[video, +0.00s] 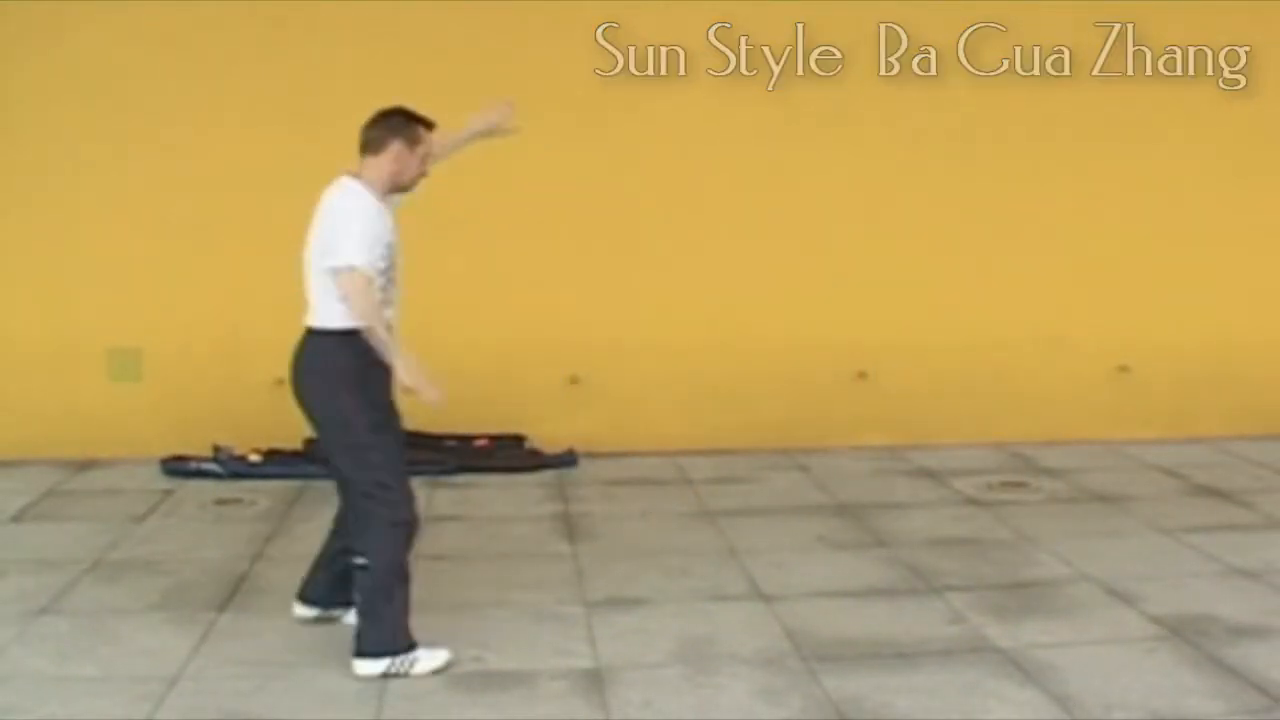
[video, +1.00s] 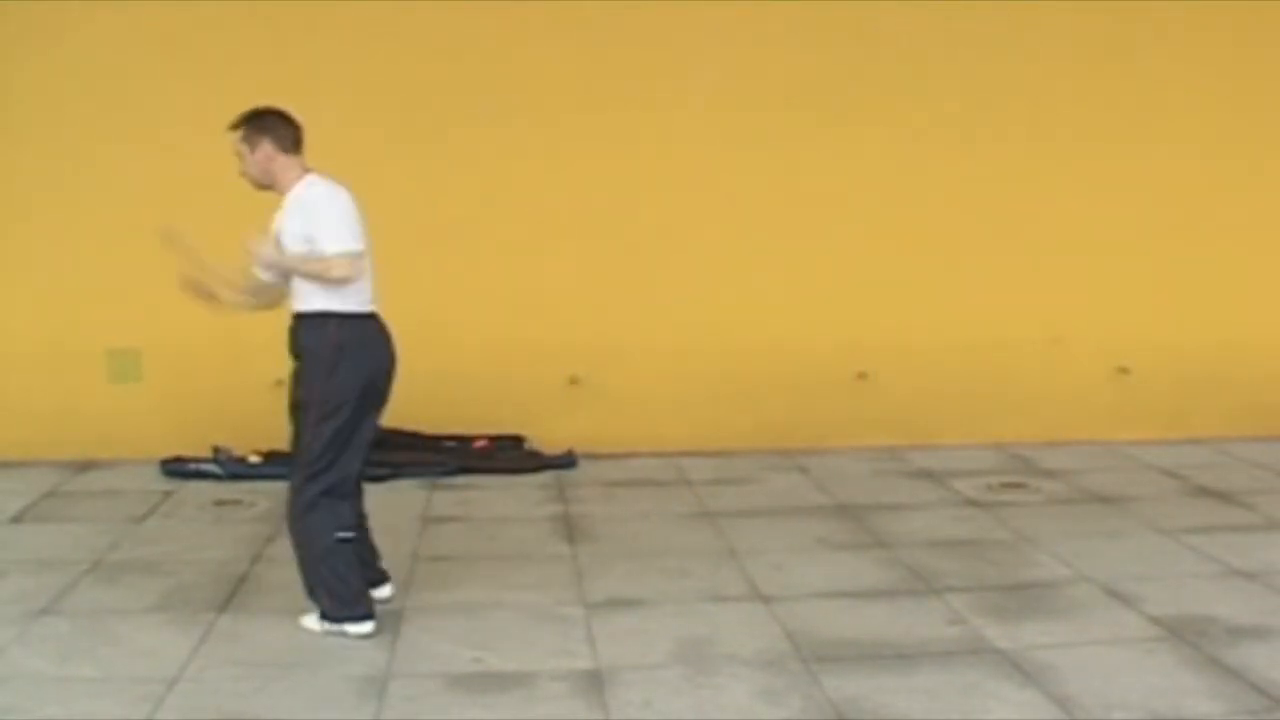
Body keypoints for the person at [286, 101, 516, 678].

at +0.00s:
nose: (423, 172)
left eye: (426, 161)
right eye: (419, 159)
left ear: (385, 155)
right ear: (392, 154)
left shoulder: (359, 195)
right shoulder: (356, 208)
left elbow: (423, 159)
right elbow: (358, 301)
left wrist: (475, 130)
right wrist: (403, 366)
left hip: (339, 355)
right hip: (341, 361)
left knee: (370, 489)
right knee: (389, 507)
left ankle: (326, 591)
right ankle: (382, 646)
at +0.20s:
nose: (407, 159)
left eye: (407, 151)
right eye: (407, 150)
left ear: (355, 146)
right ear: (398, 148)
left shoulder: (314, 191)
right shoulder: (400, 200)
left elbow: (294, 177)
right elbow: (452, 273)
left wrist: (345, 162)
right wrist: (493, 336)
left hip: (309, 352)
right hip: (364, 356)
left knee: (340, 486)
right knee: (399, 500)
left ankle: (343, 607)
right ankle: (384, 646)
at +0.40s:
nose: (344, 160)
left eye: (327, 152)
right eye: (351, 150)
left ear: (308, 153)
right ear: (358, 149)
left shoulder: (287, 200)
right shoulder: (391, 196)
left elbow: (203, 224)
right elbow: (471, 221)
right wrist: (532, 285)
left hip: (313, 356)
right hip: (384, 352)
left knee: (313, 485)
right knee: (412, 486)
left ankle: (342, 612)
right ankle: (401, 621)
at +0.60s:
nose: (265, 168)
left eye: (264, 158)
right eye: (265, 158)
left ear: (274, 155)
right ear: (314, 150)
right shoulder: (362, 196)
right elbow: (434, 224)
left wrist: (193, 279)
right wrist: (434, 280)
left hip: (319, 354)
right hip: (381, 346)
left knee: (304, 490)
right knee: (383, 474)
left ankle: (342, 612)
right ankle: (432, 580)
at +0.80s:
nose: (240, 169)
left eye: (243, 156)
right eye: (239, 157)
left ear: (268, 152)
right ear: (284, 153)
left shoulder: (301, 203)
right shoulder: (328, 198)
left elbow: (294, 272)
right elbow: (339, 275)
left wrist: (242, 286)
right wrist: (292, 310)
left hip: (334, 346)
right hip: (366, 341)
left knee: (309, 487)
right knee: (340, 474)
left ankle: (344, 611)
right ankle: (368, 574)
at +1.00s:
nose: (241, 166)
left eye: (244, 153)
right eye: (239, 154)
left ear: (270, 150)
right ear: (272, 151)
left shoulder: (325, 197)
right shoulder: (288, 213)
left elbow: (345, 268)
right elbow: (272, 291)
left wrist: (282, 263)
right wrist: (217, 288)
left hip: (347, 343)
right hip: (322, 342)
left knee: (315, 484)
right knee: (330, 474)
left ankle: (346, 610)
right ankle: (366, 576)